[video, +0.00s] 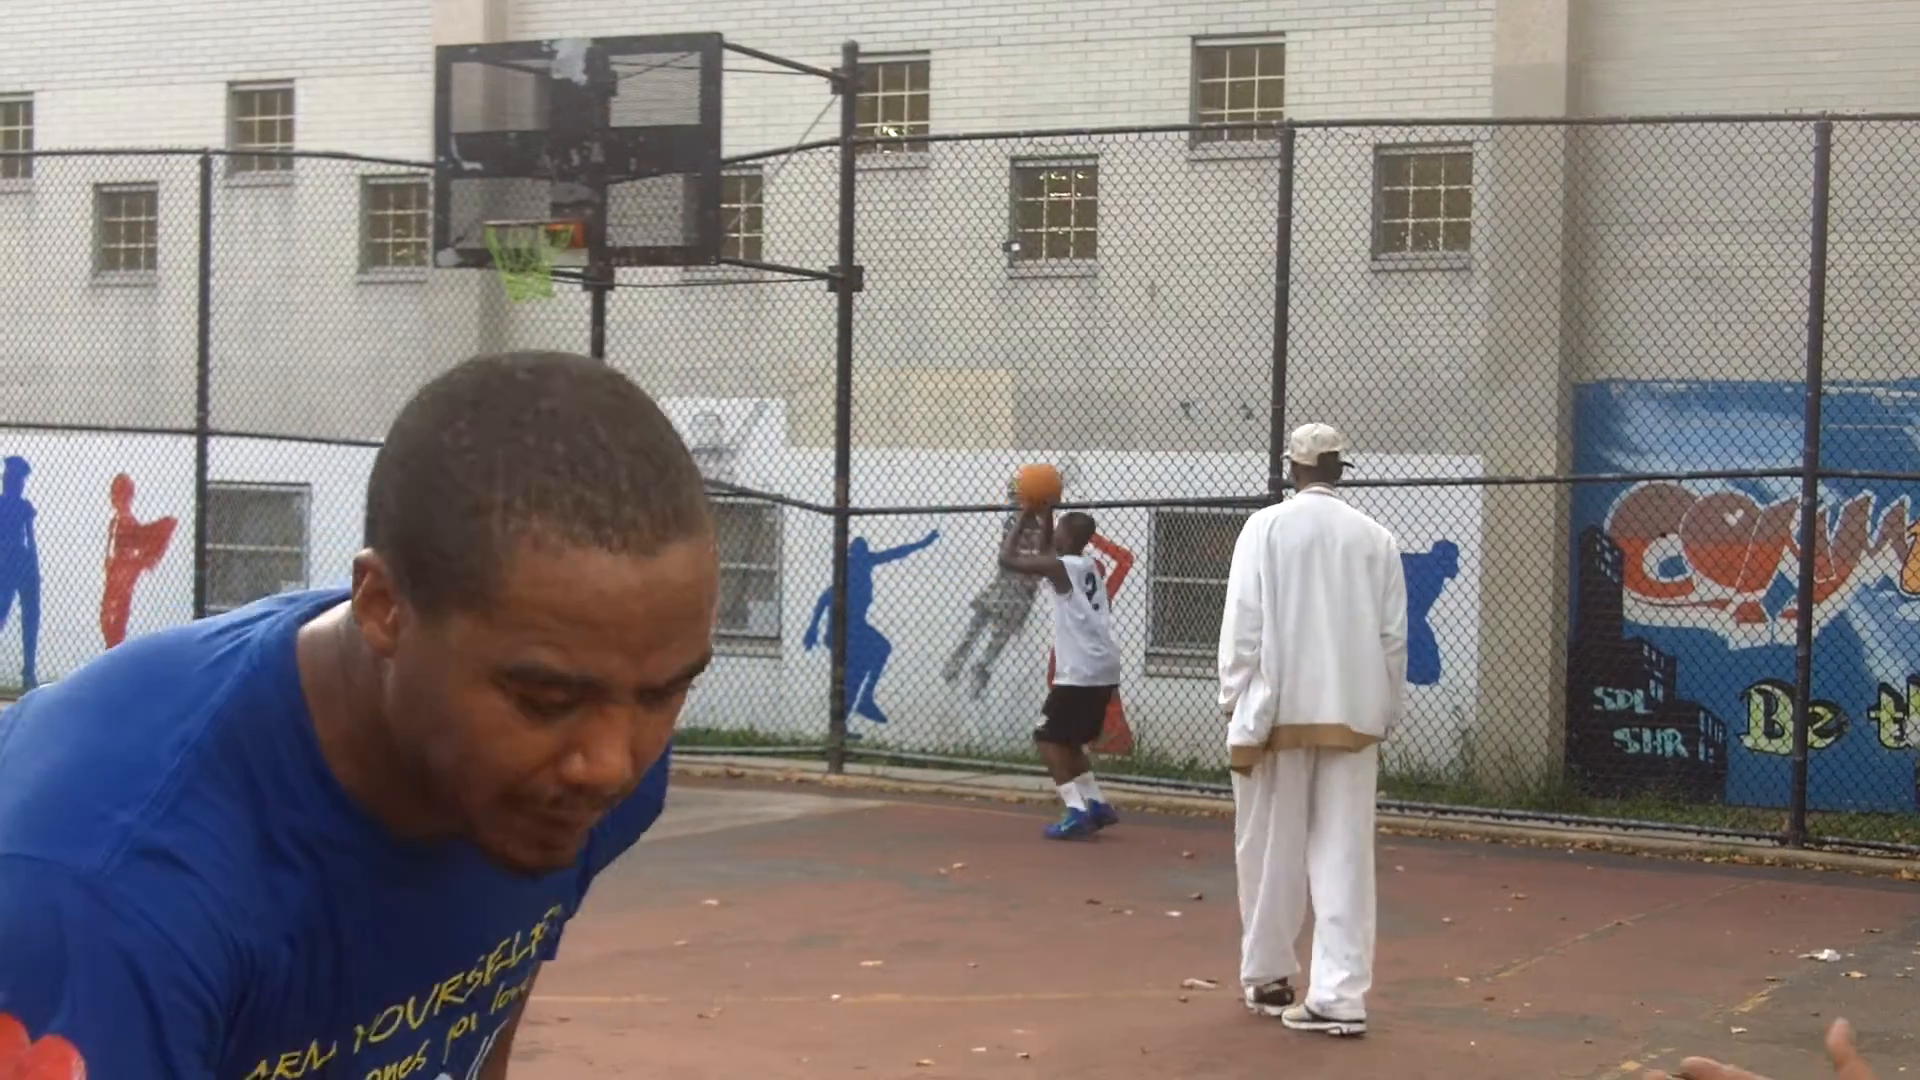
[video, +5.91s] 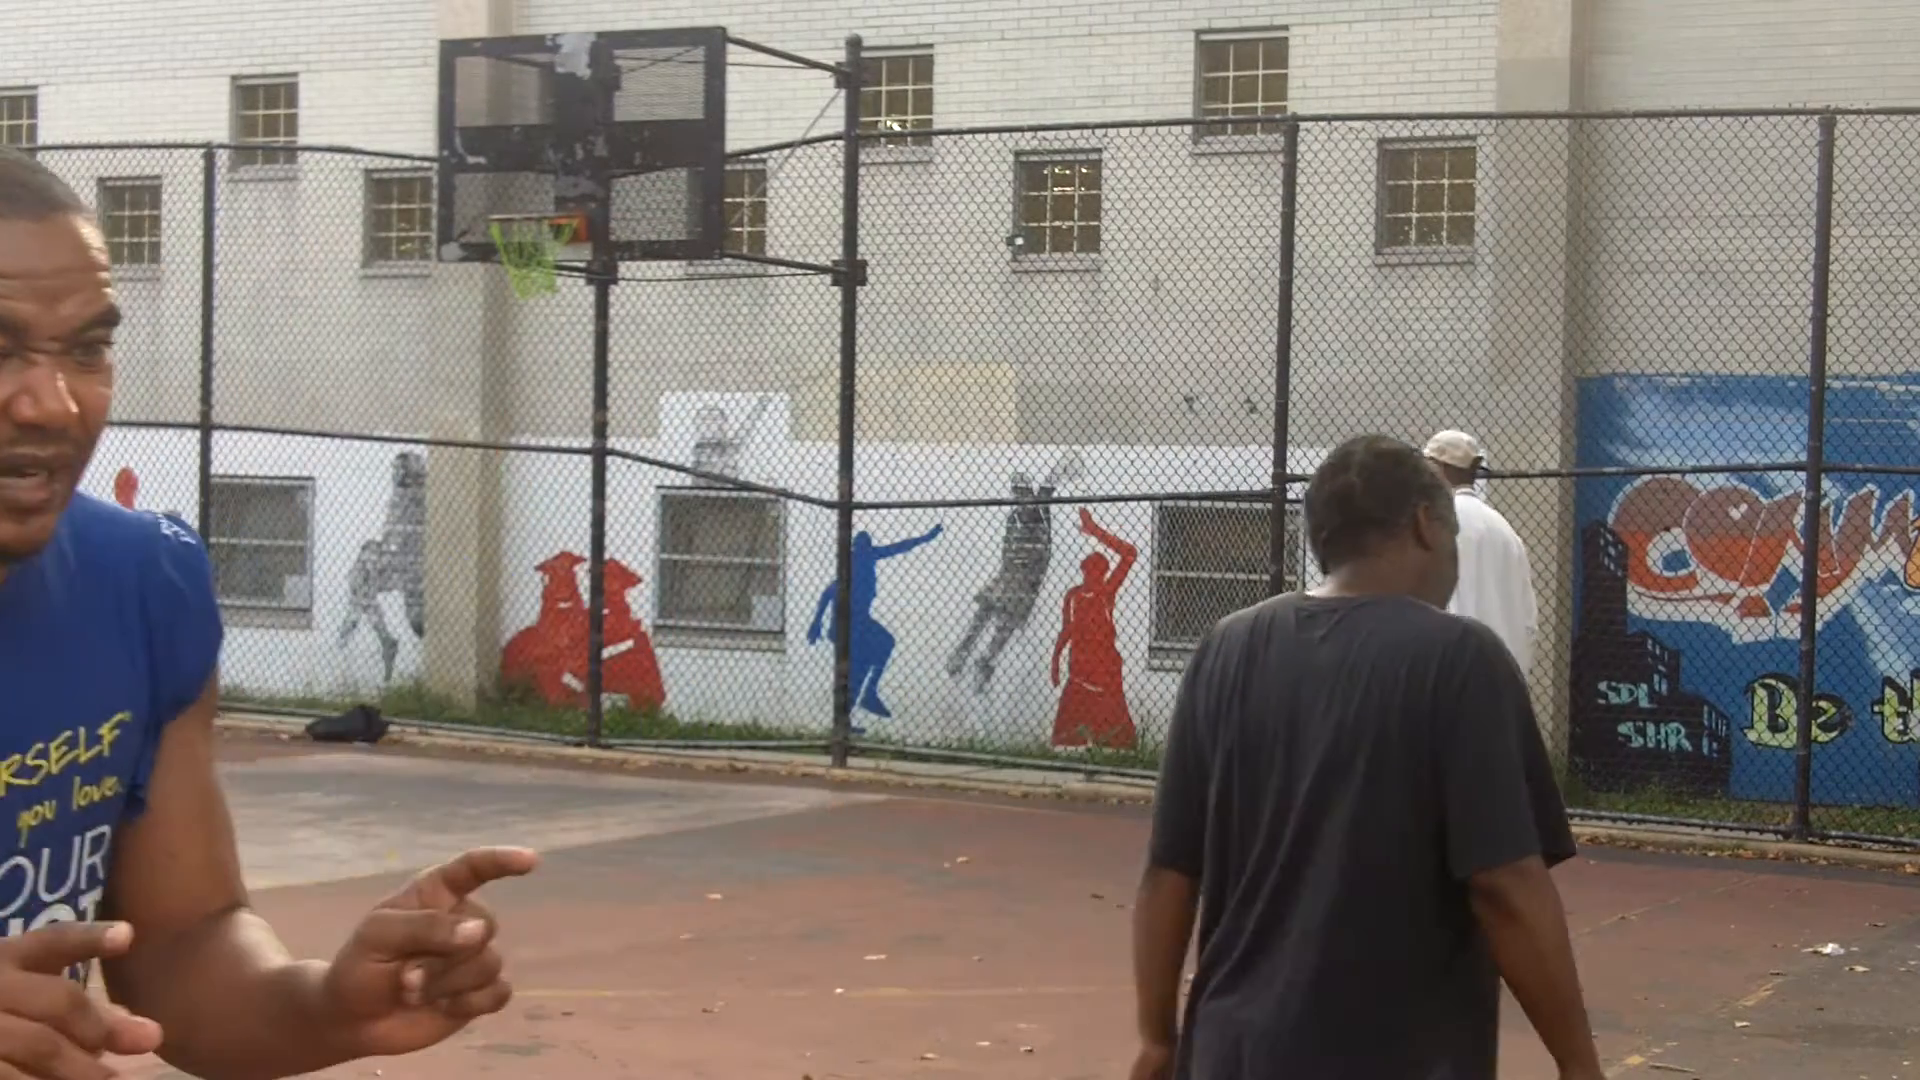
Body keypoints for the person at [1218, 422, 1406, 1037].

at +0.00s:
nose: (1303, 476)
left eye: (1296, 469)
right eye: (1323, 466)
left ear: (1292, 472)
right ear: (1341, 471)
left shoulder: (1264, 527)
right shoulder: (1377, 537)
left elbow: (1243, 625)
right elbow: (1394, 636)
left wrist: (1234, 701)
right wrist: (1388, 710)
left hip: (1275, 709)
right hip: (1353, 711)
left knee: (1270, 845)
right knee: (1345, 850)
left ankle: (1268, 976)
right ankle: (1340, 999)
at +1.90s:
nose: (1388, 474)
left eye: (1371, 463)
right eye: (1396, 468)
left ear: (1354, 466)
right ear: (1400, 472)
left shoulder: (1307, 519)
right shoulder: (1404, 538)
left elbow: (1269, 617)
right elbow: (1403, 634)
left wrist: (1274, 688)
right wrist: (1407, 702)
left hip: (1298, 696)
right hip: (1364, 703)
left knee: (1308, 826)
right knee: (1345, 832)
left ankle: (1326, 940)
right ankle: (1321, 967)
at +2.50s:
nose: (1399, 477)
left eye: (1380, 470)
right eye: (1404, 470)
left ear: (1364, 476)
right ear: (1408, 474)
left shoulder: (1333, 532)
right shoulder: (1434, 530)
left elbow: (1312, 629)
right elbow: (1447, 623)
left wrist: (1316, 703)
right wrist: (1461, 692)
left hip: (1349, 695)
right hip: (1417, 694)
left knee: (1354, 822)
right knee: (1424, 826)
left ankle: (1358, 950)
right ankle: (1382, 930)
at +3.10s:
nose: (1482, 482)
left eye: (1465, 470)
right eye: (1493, 476)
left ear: (1451, 472)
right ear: (1497, 479)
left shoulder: (1405, 520)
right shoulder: (1509, 542)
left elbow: (1367, 612)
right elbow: (1512, 634)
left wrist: (1361, 685)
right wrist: (1501, 698)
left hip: (1392, 688)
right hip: (1466, 696)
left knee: (1373, 818)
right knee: (1461, 827)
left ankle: (1365, 938)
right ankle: (1460, 960)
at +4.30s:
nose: (1396, 478)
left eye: (1400, 469)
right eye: (1397, 469)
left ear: (1419, 471)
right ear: (1447, 473)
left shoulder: (1405, 527)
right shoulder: (1490, 531)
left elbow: (1394, 624)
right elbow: (1515, 621)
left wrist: (1379, 693)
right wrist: (1500, 690)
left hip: (1420, 699)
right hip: (1478, 699)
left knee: (1416, 826)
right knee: (1472, 823)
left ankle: (1432, 957)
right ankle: (1473, 955)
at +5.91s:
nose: (1423, 476)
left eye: (1427, 467)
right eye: (1424, 467)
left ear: (1437, 469)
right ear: (1473, 473)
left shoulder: (1427, 522)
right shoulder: (1504, 529)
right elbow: (1527, 617)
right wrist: (1514, 676)